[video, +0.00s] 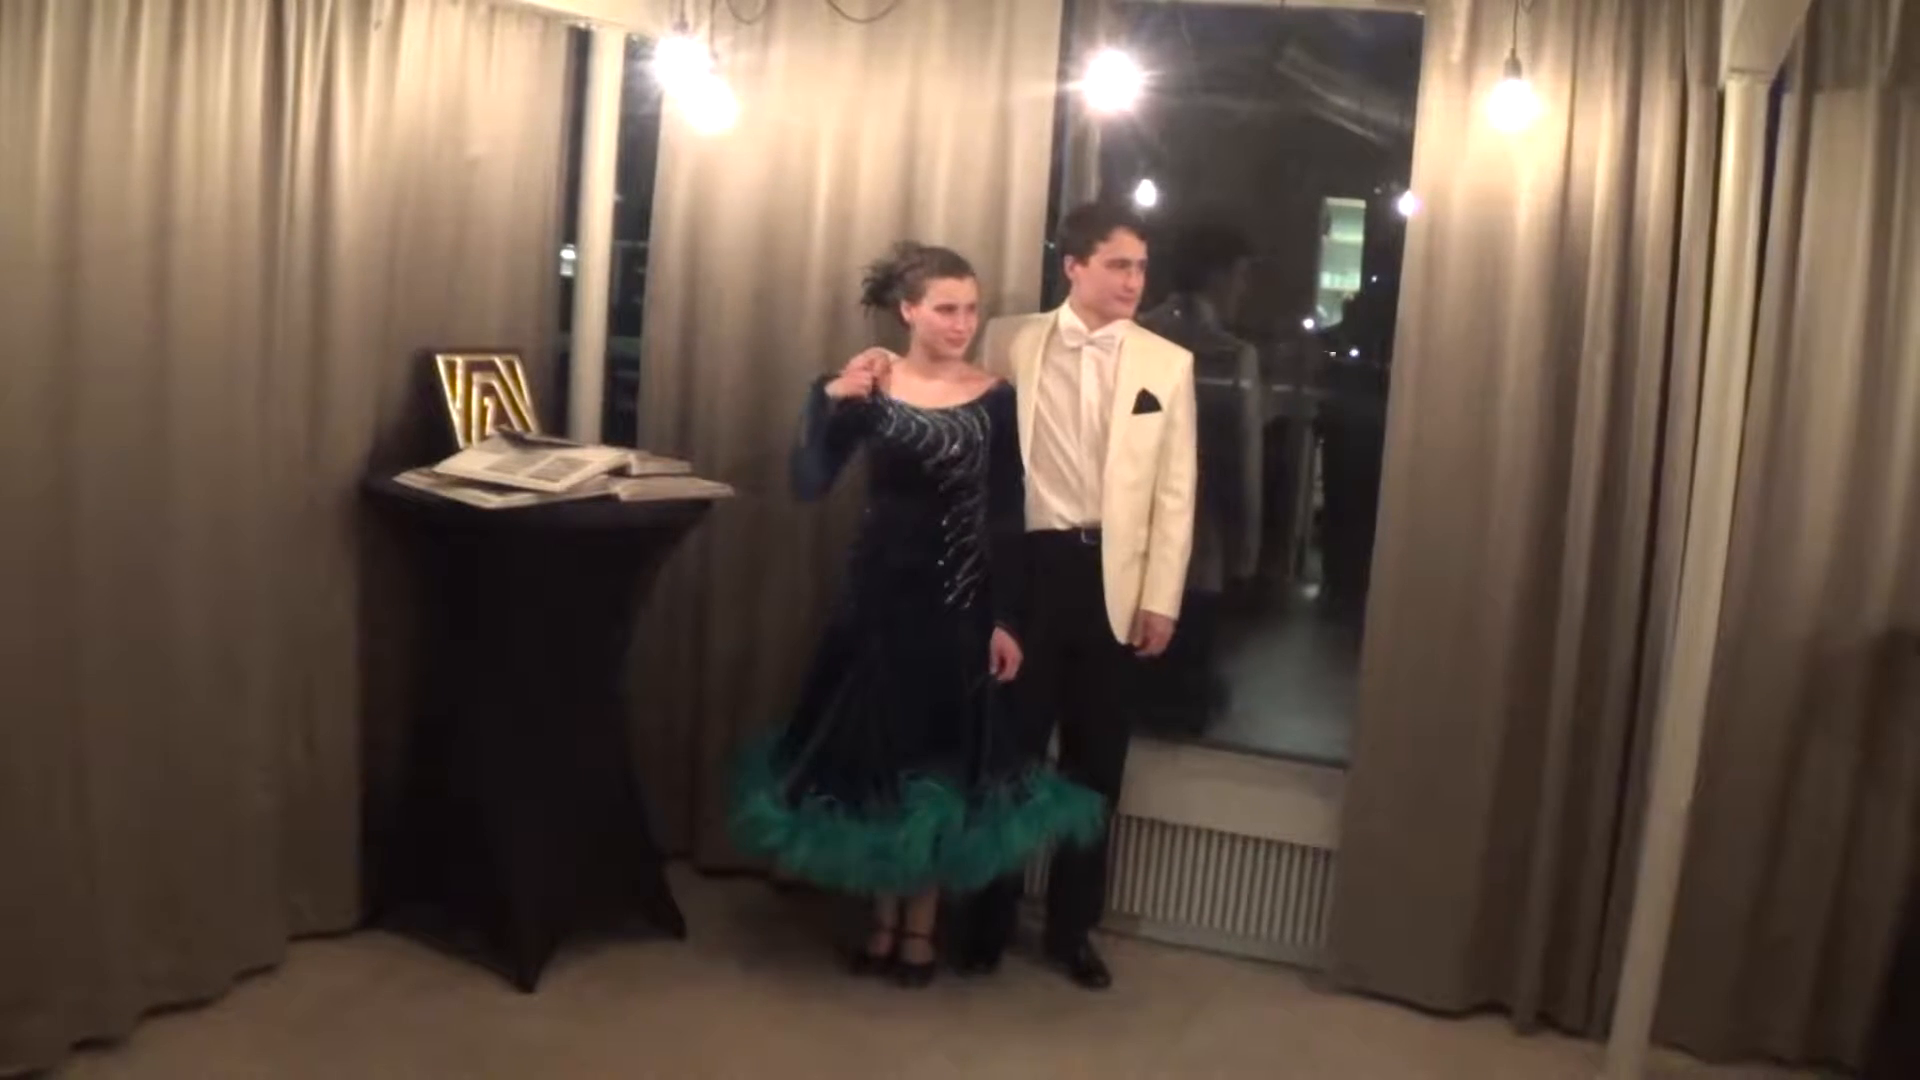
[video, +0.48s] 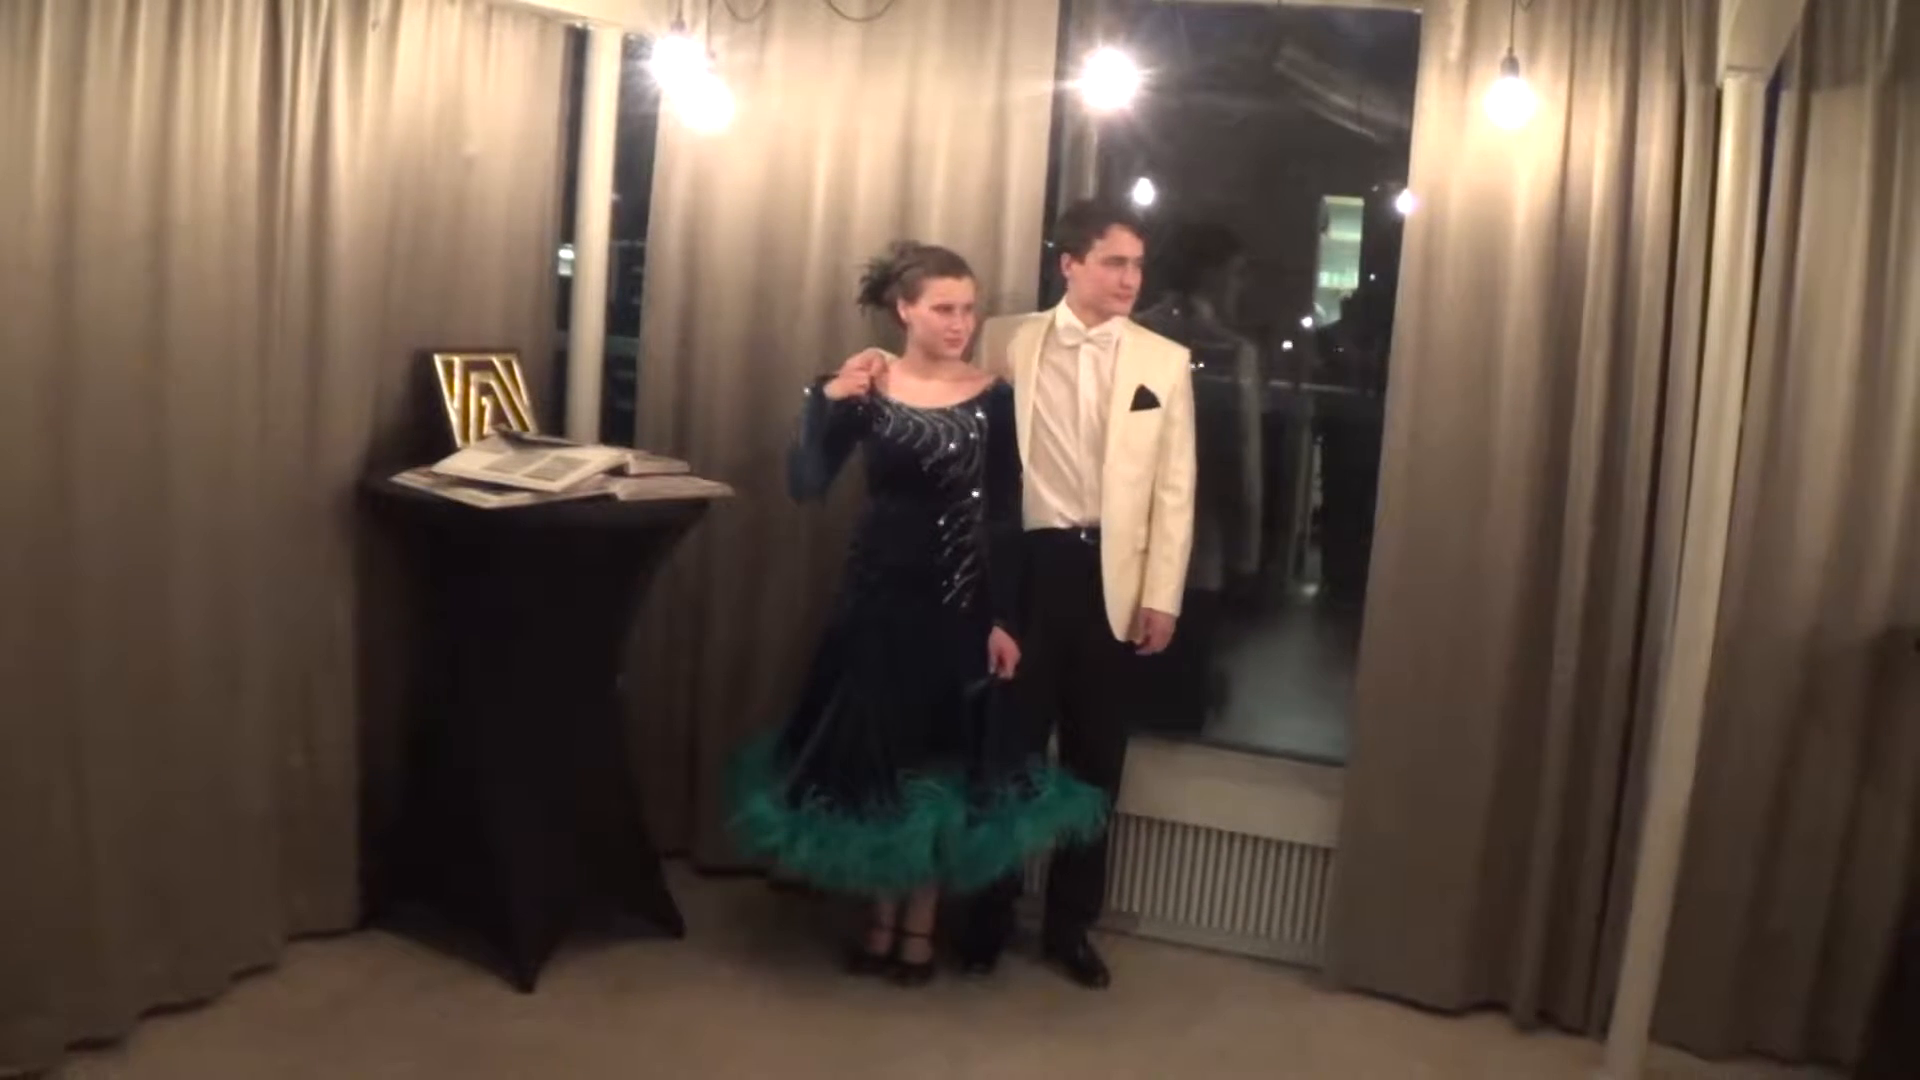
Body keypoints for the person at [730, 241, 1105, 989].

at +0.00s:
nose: (960, 323)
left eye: (970, 309)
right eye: (944, 309)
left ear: (981, 315)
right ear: (905, 312)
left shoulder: (994, 398)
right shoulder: (874, 385)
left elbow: (1006, 515)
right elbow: (810, 480)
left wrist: (1006, 618)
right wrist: (833, 398)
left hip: (961, 598)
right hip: (885, 591)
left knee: (941, 753)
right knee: (882, 747)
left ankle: (923, 910)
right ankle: (881, 907)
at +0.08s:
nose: (960, 323)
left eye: (970, 309)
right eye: (944, 309)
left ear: (981, 315)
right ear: (905, 312)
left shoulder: (993, 398)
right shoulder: (874, 385)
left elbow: (1006, 515)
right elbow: (810, 481)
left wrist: (1006, 618)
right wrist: (832, 398)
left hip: (961, 598)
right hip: (885, 591)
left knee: (942, 753)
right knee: (882, 747)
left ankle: (923, 911)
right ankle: (881, 908)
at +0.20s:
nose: (959, 323)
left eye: (969, 309)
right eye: (943, 309)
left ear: (981, 314)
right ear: (904, 311)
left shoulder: (992, 397)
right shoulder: (872, 384)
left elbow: (1006, 515)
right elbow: (810, 482)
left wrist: (1005, 618)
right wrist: (830, 398)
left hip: (960, 598)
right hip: (884, 592)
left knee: (942, 753)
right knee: (882, 748)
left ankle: (923, 913)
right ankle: (881, 909)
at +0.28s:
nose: (960, 323)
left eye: (969, 309)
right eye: (944, 309)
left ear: (981, 314)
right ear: (903, 312)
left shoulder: (992, 397)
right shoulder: (873, 385)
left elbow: (1005, 515)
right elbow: (809, 483)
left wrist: (1003, 617)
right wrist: (830, 398)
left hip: (959, 597)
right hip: (883, 590)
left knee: (940, 752)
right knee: (878, 747)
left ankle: (922, 907)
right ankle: (877, 904)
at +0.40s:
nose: (959, 323)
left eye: (968, 309)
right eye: (943, 309)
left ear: (980, 314)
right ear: (902, 311)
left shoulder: (991, 397)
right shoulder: (870, 384)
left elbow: (1004, 515)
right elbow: (808, 482)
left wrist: (1003, 617)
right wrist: (829, 397)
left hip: (958, 597)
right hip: (882, 589)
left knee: (939, 753)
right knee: (877, 748)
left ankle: (922, 910)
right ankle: (877, 907)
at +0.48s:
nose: (959, 323)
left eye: (968, 309)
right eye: (943, 309)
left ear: (980, 314)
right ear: (902, 312)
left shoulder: (991, 397)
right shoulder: (870, 384)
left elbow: (1004, 514)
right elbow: (808, 482)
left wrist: (1003, 617)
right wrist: (829, 397)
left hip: (958, 597)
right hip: (882, 589)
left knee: (938, 752)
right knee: (877, 747)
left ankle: (922, 908)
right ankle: (877, 906)